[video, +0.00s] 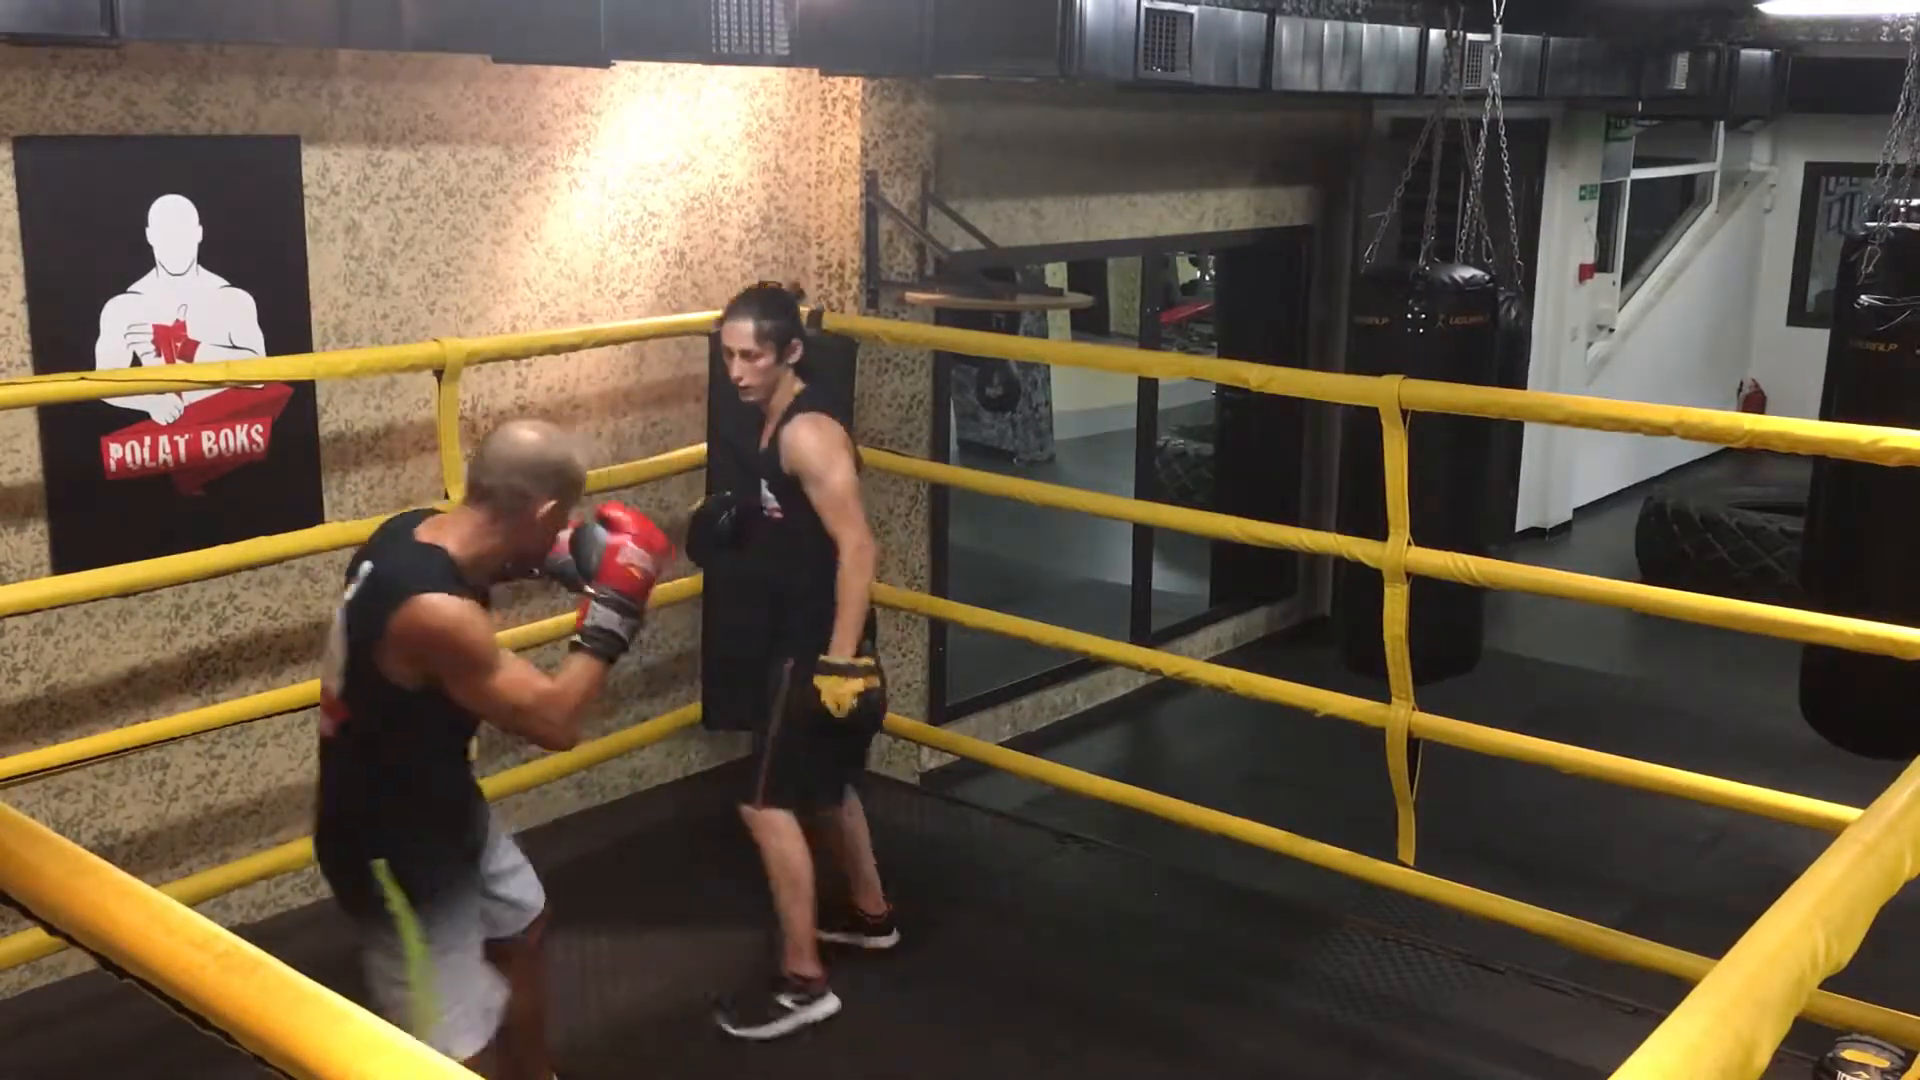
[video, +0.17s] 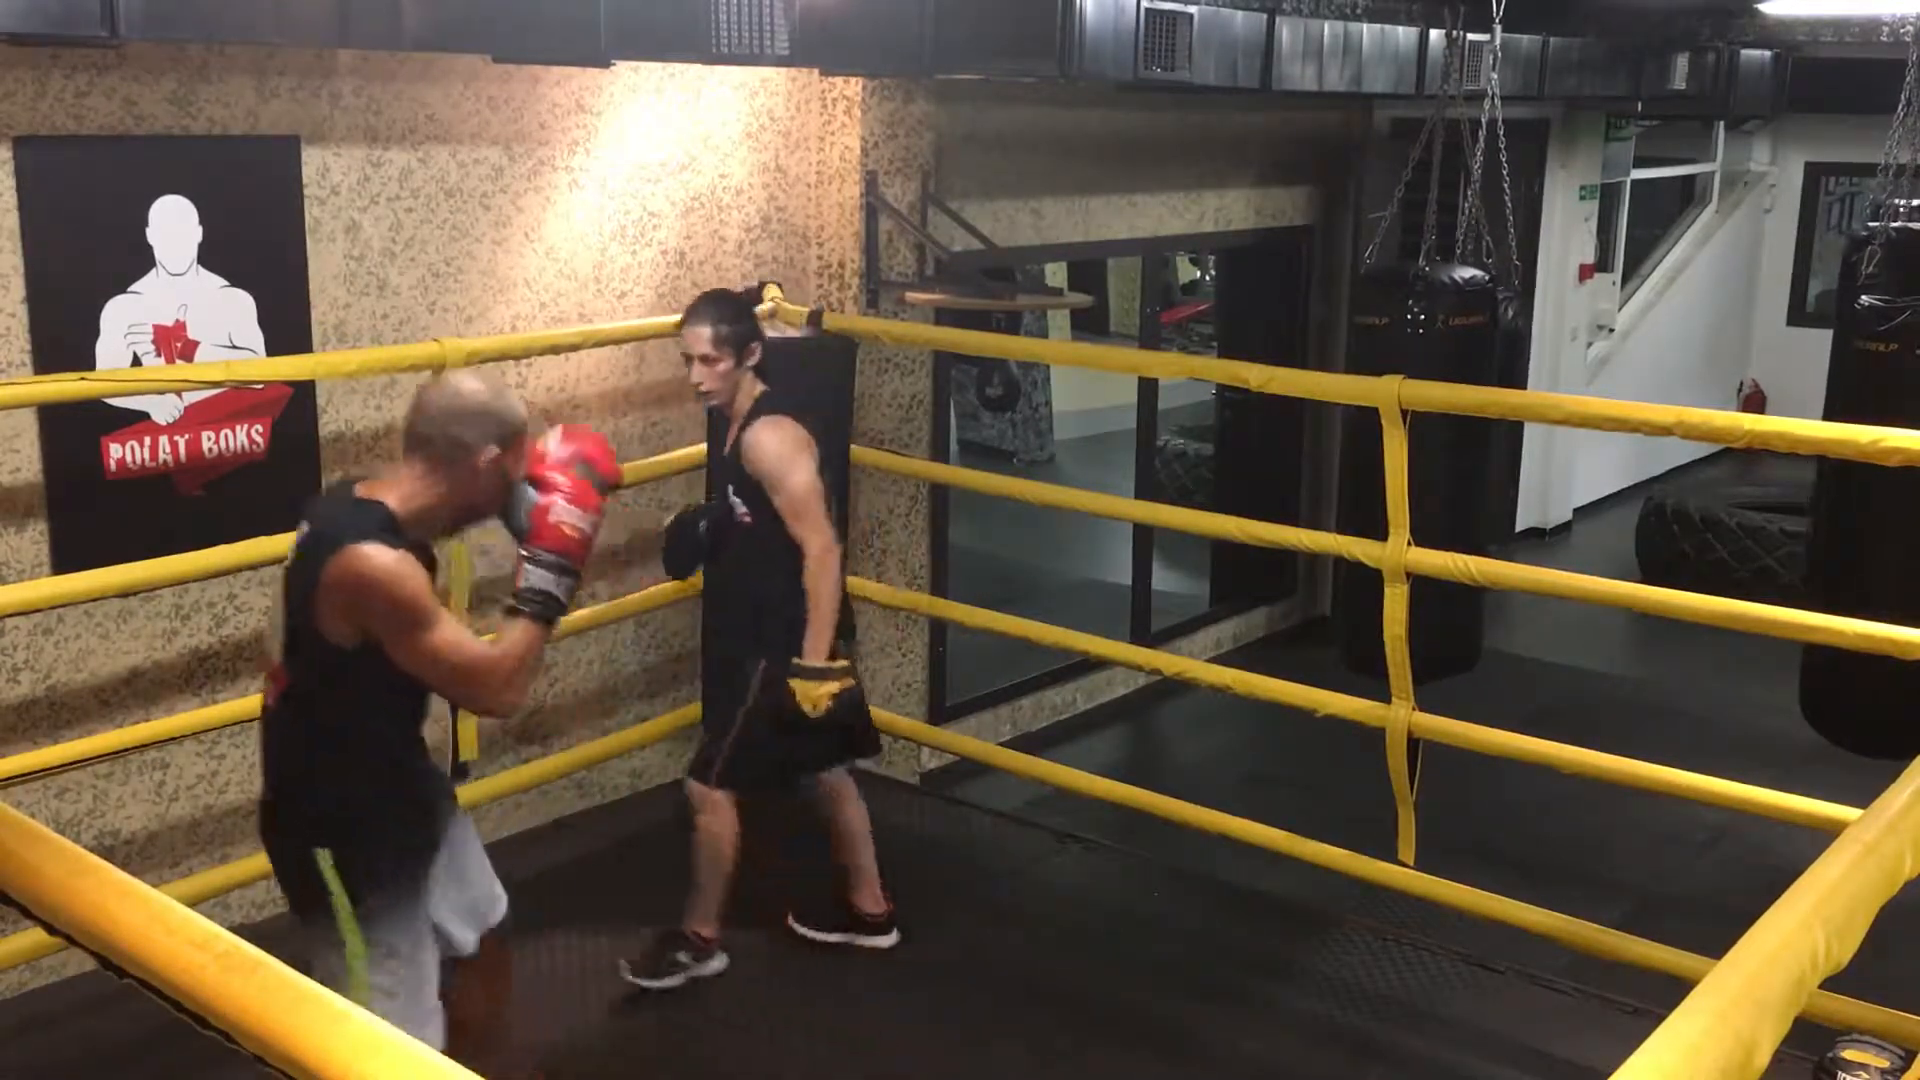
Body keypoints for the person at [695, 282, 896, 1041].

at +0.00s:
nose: (734, 369)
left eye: (747, 355)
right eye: (728, 355)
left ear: (789, 354)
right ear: (733, 354)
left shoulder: (809, 435)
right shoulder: (774, 427)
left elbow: (858, 546)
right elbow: (790, 531)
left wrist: (841, 659)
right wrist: (727, 532)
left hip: (813, 649)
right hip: (799, 637)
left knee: (768, 806)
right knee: (829, 788)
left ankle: (803, 981)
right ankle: (871, 913)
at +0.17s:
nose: (697, 377)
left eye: (708, 362)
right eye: (690, 363)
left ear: (747, 357)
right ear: (694, 360)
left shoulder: (773, 438)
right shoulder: (738, 422)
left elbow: (822, 549)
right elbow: (759, 518)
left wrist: (815, 662)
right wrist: (708, 534)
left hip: (768, 645)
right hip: (768, 634)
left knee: (711, 787)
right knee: (827, 771)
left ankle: (700, 937)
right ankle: (869, 909)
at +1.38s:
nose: (634, 436)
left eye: (648, 417)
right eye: (626, 418)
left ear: (696, 407)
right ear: (622, 414)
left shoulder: (751, 468)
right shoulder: (657, 483)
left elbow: (749, 576)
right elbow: (630, 601)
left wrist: (670, 506)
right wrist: (631, 555)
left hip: (762, 695)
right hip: (704, 690)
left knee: (729, 874)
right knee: (679, 858)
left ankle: (791, 1062)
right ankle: (778, 986)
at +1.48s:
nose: (623, 436)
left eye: (637, 419)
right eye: (616, 419)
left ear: (688, 410)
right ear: (615, 415)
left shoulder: (744, 481)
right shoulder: (669, 487)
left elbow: (750, 592)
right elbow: (677, 569)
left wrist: (702, 524)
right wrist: (625, 575)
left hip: (763, 711)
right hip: (715, 705)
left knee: (752, 903)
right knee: (681, 853)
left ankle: (806, 1069)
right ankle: (775, 985)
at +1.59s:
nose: (624, 438)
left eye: (637, 421)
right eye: (619, 421)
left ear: (690, 413)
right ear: (665, 416)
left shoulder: (742, 485)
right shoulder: (682, 476)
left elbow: (707, 601)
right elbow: (697, 580)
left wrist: (624, 534)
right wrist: (633, 574)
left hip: (782, 710)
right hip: (729, 700)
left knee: (745, 910)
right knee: (693, 849)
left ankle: (803, 1069)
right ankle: (778, 988)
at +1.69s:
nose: (645, 434)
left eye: (655, 419)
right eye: (640, 418)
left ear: (706, 412)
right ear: (684, 417)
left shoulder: (760, 489)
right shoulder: (695, 475)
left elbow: (738, 612)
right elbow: (697, 568)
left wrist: (635, 556)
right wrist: (634, 574)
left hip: (780, 713)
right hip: (730, 701)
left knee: (750, 910)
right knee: (698, 849)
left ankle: (804, 1071)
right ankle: (769, 985)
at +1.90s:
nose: (667, 443)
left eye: (680, 429)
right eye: (663, 427)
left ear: (738, 426)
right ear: (720, 423)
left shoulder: (801, 500)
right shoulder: (699, 492)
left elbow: (794, 635)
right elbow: (714, 598)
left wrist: (692, 589)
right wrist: (659, 598)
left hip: (790, 723)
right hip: (730, 710)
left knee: (767, 918)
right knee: (738, 854)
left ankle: (810, 1071)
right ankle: (800, 980)